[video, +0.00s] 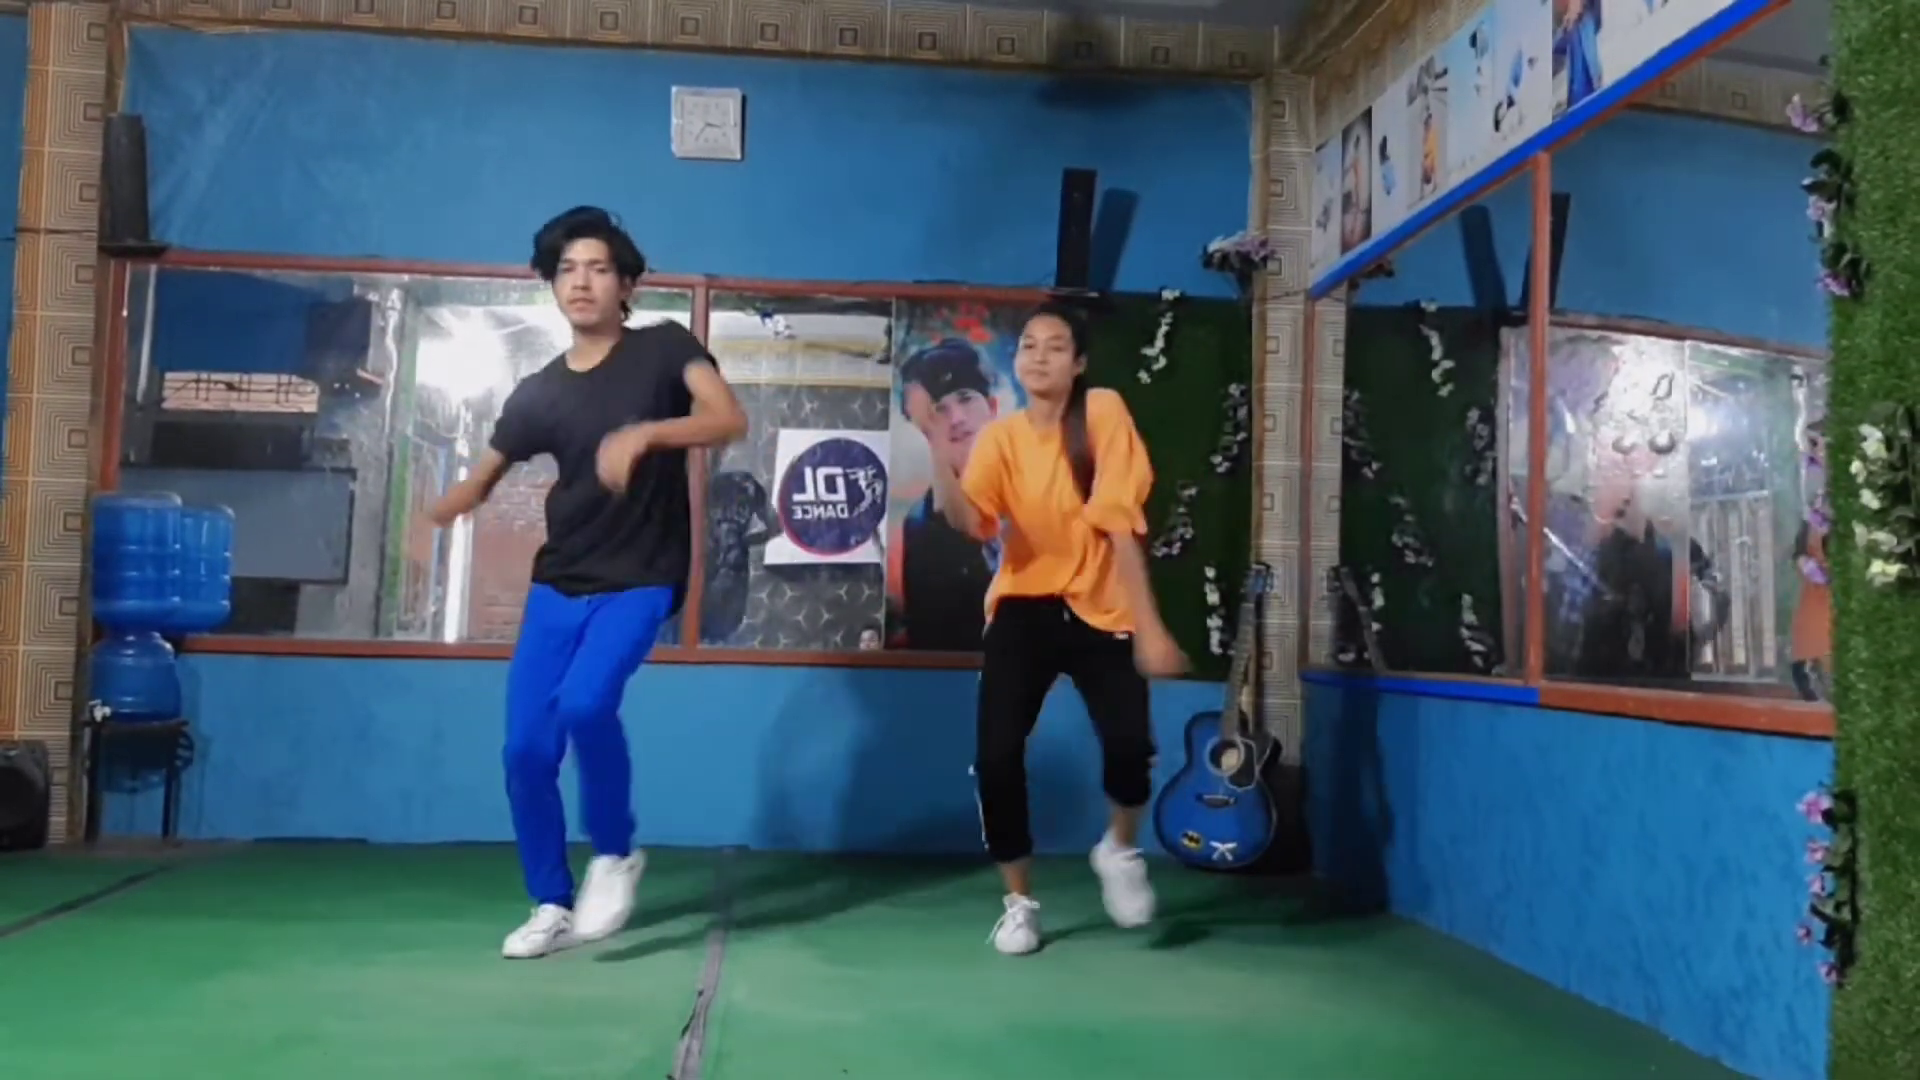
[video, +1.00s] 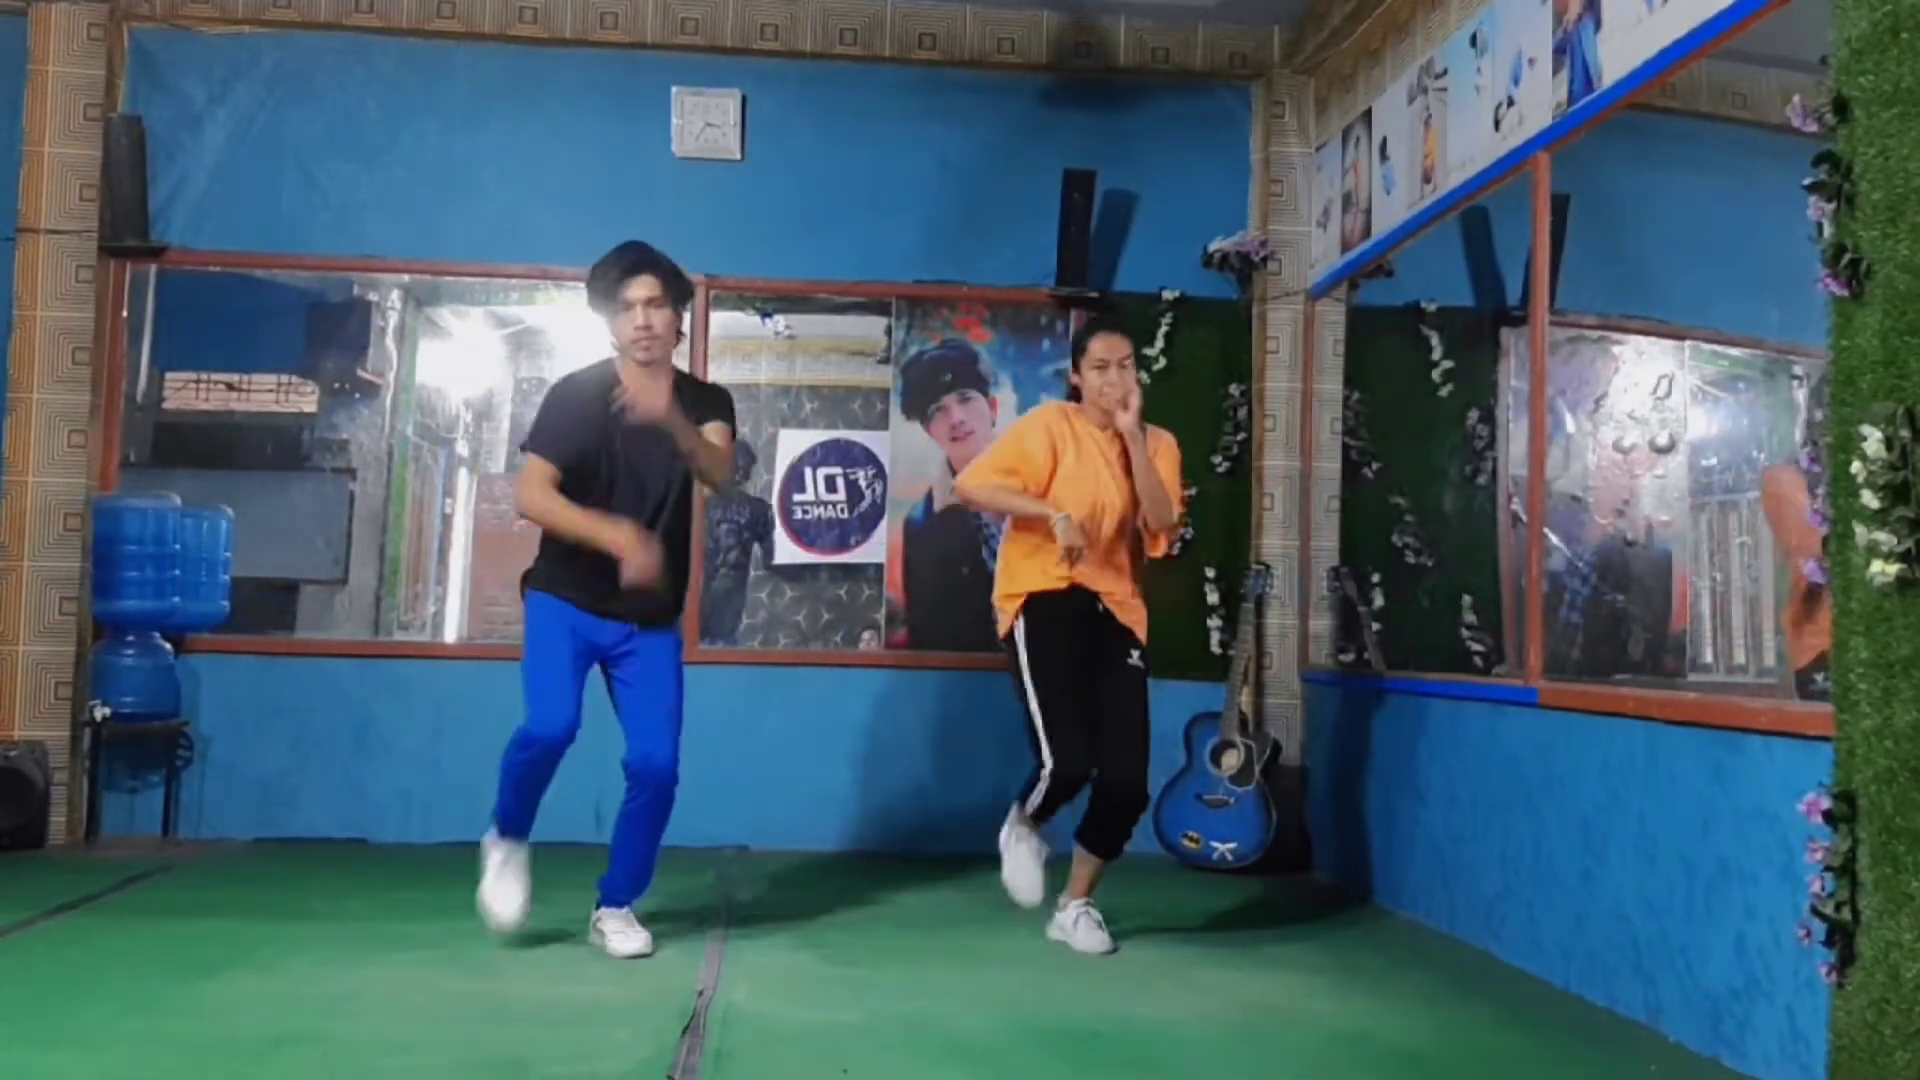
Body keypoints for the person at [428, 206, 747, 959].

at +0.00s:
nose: (582, 282)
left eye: (598, 269)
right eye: (569, 271)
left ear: (626, 284)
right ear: (553, 287)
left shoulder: (665, 346)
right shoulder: (540, 392)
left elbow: (729, 420)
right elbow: (484, 475)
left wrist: (643, 434)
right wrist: (446, 509)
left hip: (642, 578)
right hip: (559, 582)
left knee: (584, 704)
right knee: (523, 745)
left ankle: (615, 855)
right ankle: (552, 904)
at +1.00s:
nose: (646, 322)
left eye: (659, 307)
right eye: (630, 308)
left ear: (680, 318)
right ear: (607, 320)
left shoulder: (706, 403)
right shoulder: (576, 395)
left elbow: (720, 475)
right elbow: (532, 496)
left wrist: (673, 421)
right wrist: (620, 535)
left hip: (650, 622)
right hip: (563, 605)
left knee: (657, 765)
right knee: (550, 727)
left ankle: (616, 907)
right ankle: (508, 841)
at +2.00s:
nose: (632, 261)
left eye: (644, 246)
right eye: (616, 248)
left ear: (663, 257)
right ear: (593, 263)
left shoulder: (703, 342)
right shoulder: (564, 350)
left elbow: (735, 443)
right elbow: (536, 453)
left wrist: (733, 536)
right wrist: (523, 529)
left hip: (678, 528)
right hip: (592, 523)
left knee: (694, 670)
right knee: (548, 591)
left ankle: (662, 832)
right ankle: (583, 713)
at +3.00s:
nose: (634, 311)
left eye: (639, 294)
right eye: (617, 299)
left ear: (649, 297)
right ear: (582, 309)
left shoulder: (689, 374)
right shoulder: (554, 398)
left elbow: (753, 455)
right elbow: (518, 495)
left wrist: (779, 394)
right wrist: (473, 457)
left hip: (667, 600)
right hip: (591, 594)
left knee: (674, 754)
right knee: (625, 741)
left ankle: (547, 848)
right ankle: (581, 892)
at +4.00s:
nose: (659, 293)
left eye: (674, 279)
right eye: (649, 281)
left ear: (713, 286)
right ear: (642, 288)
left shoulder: (725, 355)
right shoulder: (677, 369)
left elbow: (741, 452)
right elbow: (691, 466)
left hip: (721, 573)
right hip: (696, 571)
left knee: (575, 664)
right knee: (645, 730)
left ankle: (642, 819)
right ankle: (725, 886)